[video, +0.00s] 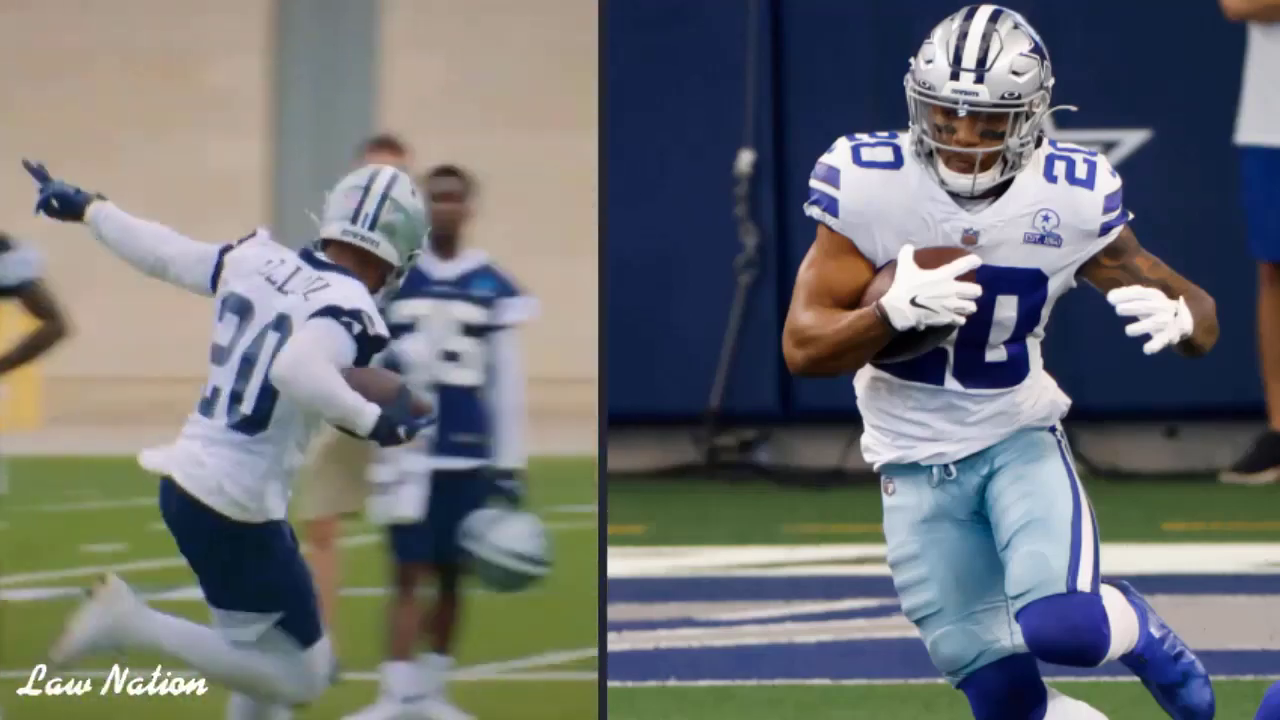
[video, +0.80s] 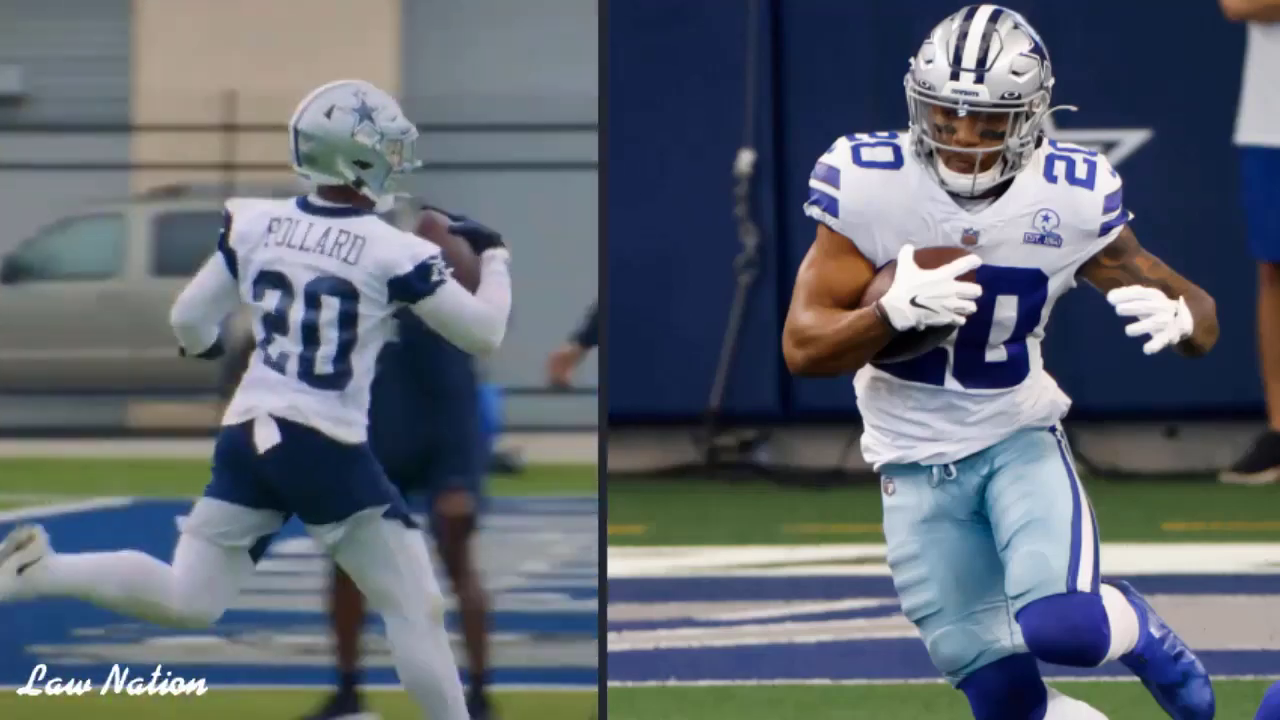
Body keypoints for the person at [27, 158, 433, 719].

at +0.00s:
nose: (396, 275)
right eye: (401, 261)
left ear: (330, 220)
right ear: (396, 254)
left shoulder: (253, 257)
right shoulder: (351, 304)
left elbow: (165, 252)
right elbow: (299, 368)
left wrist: (88, 207)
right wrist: (378, 424)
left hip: (186, 485)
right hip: (237, 509)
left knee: (258, 655)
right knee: (307, 674)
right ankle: (132, 622)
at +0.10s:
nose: (410, 235)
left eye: (412, 221)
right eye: (408, 220)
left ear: (331, 192)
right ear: (384, 217)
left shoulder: (252, 225)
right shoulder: (334, 281)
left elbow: (154, 226)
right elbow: (252, 346)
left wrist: (75, 185)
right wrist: (308, 418)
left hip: (183, 464)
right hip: (253, 472)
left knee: (131, 625)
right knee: (397, 566)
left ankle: (16, 707)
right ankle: (333, 711)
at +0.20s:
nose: (417, 225)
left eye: (420, 210)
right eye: (412, 209)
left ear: (331, 184)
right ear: (378, 205)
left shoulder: (253, 216)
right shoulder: (337, 292)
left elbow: (151, 231)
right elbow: (282, 401)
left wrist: (52, 196)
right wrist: (358, 449)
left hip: (189, 451)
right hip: (258, 470)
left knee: (140, 621)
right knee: (366, 608)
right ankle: (422, 715)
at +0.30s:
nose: (412, 224)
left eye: (413, 212)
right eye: (406, 212)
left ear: (325, 195)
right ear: (381, 214)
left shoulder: (253, 242)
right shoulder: (375, 322)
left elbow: (150, 252)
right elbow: (413, 437)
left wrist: (53, 211)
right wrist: (471, 387)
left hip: (199, 474)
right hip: (265, 495)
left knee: (248, 634)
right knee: (294, 652)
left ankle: (123, 591)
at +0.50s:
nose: (399, 171)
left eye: (396, 159)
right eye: (392, 161)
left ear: (308, 159)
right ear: (374, 169)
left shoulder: (246, 231)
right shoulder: (395, 252)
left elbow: (152, 299)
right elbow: (477, 336)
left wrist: (87, 261)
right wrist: (455, 262)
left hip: (263, 441)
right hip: (285, 453)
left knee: (363, 622)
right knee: (192, 619)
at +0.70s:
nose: (371, 161)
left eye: (370, 149)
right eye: (364, 150)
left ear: (283, 154)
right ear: (340, 161)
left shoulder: (232, 226)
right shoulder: (372, 242)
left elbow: (158, 307)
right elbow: (472, 317)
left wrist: (237, 282)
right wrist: (483, 252)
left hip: (234, 451)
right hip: (321, 454)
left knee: (180, 603)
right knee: (427, 578)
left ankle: (62, 704)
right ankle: (300, 696)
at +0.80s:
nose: (400, 162)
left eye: (396, 149)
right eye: (393, 151)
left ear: (306, 153)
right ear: (372, 160)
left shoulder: (255, 224)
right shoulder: (392, 250)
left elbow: (191, 317)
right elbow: (485, 331)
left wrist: (206, 344)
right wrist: (495, 256)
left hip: (246, 440)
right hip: (330, 452)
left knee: (192, 600)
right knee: (414, 608)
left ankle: (36, 570)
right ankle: (457, 717)